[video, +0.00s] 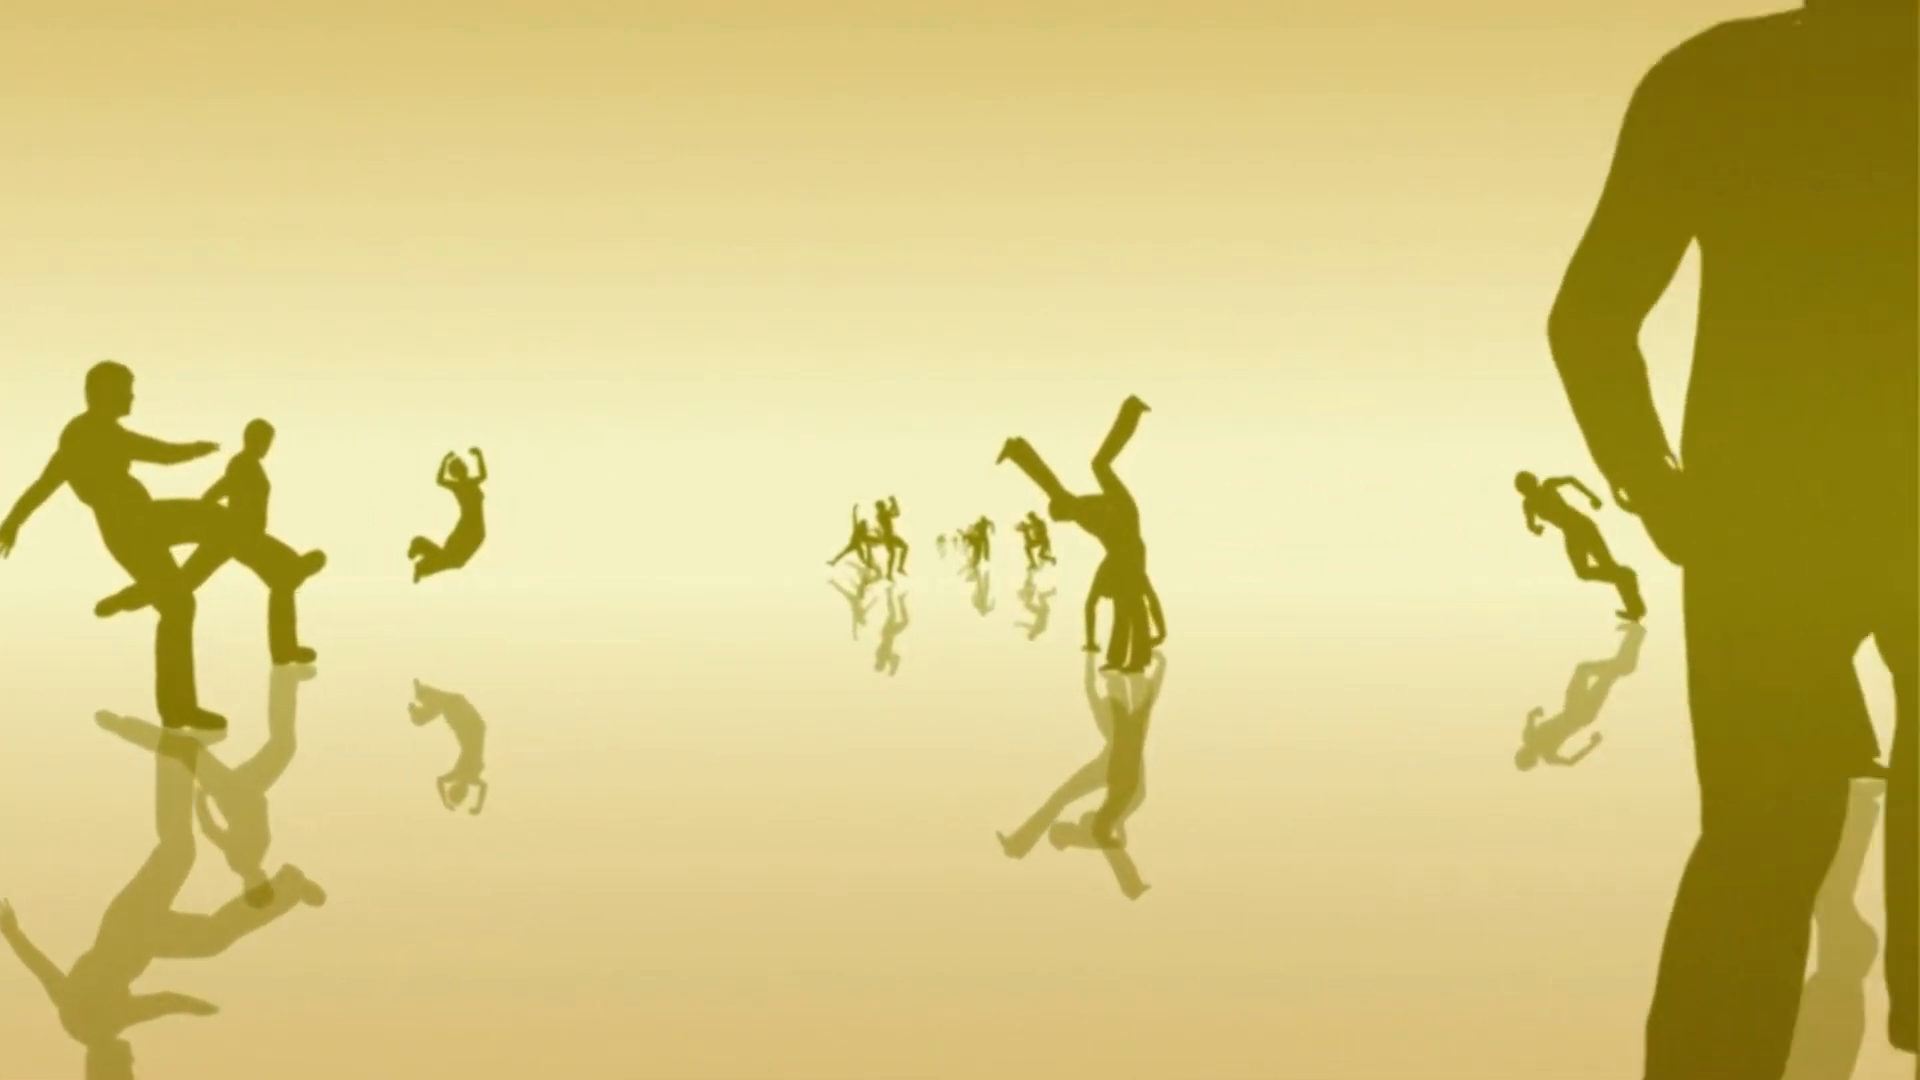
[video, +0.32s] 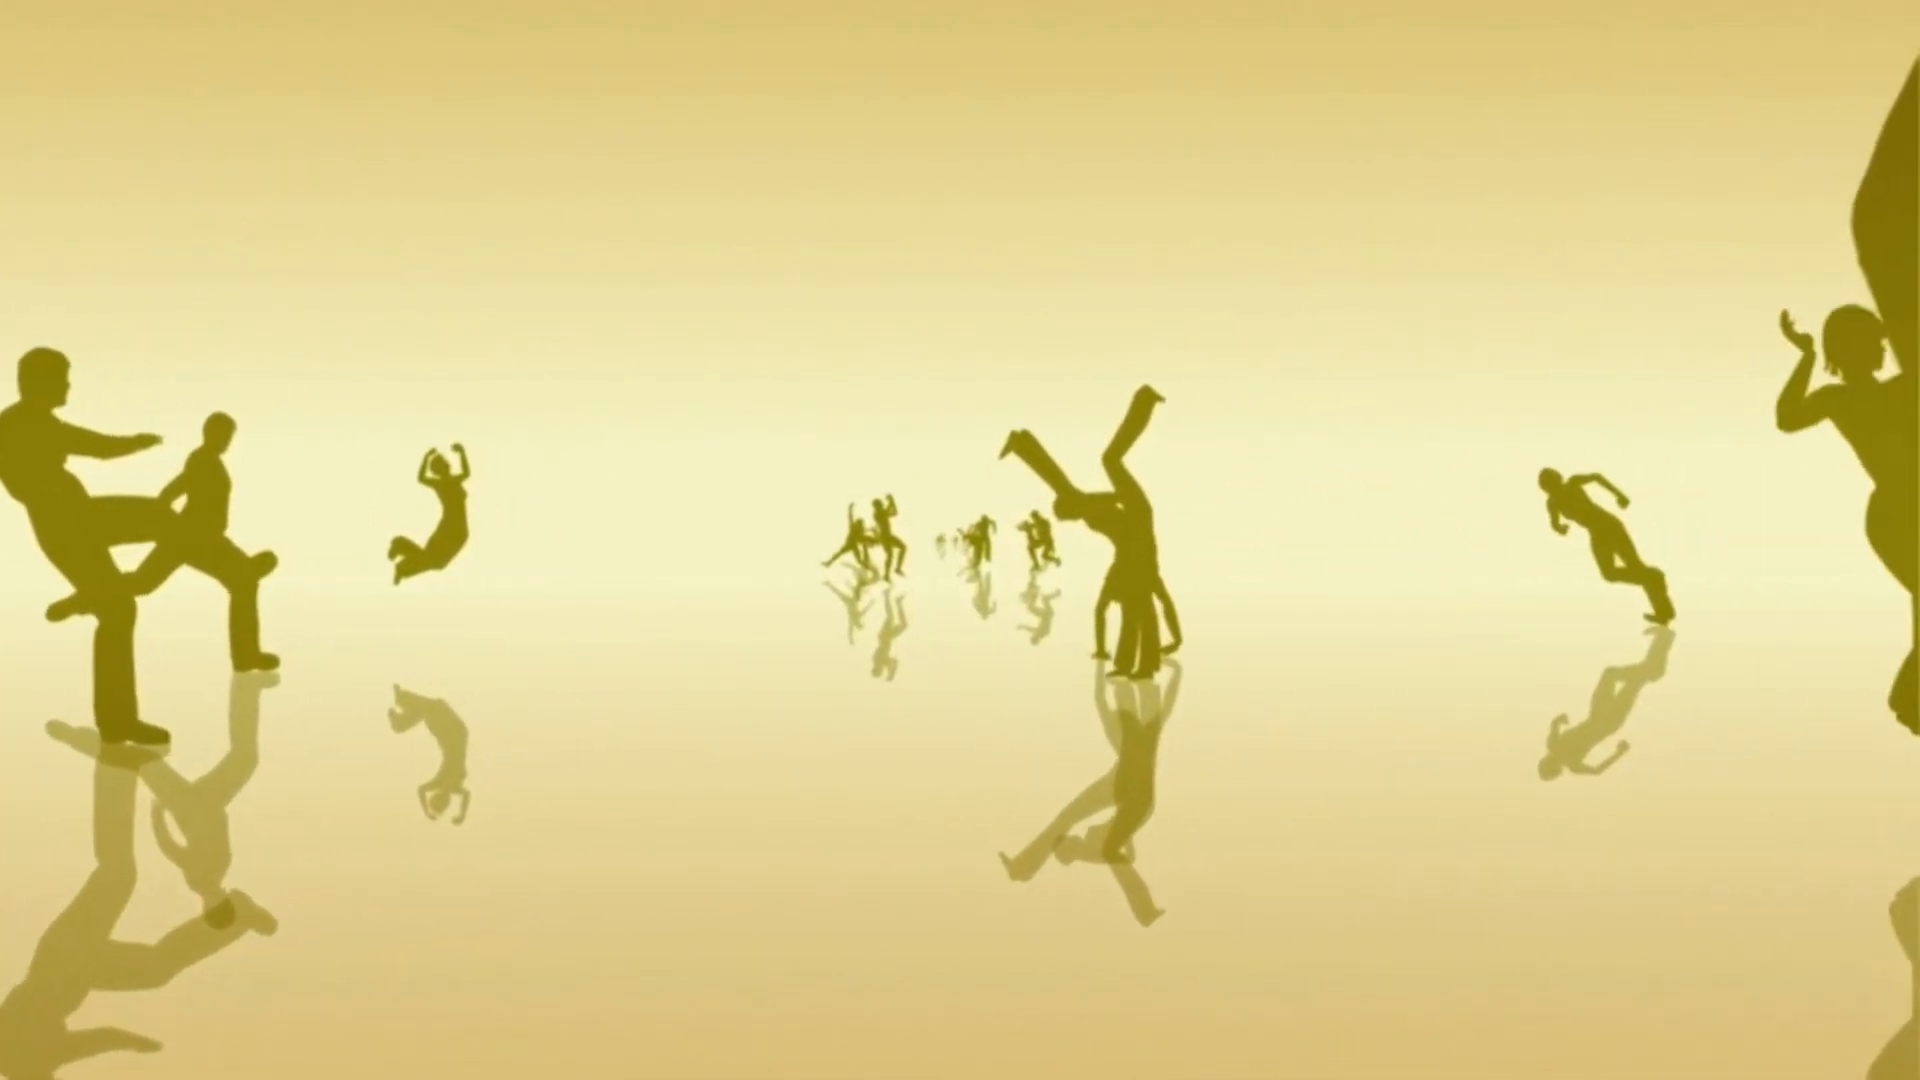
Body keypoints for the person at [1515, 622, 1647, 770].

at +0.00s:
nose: (1528, 761)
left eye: (1525, 761)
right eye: (1527, 763)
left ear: (1522, 752)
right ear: (1530, 762)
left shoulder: (1529, 739)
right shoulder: (1548, 756)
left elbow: (1529, 723)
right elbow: (1570, 762)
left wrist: (1533, 714)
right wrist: (1592, 745)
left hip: (1571, 707)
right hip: (1583, 716)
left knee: (1582, 670)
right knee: (1608, 679)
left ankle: (1617, 664)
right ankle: (1636, 635)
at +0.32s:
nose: (1554, 771)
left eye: (1550, 770)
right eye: (1552, 773)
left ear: (1547, 761)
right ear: (1554, 770)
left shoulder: (1553, 746)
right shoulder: (1573, 765)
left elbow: (1553, 730)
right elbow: (1596, 771)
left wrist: (1558, 721)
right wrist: (1618, 754)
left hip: (1597, 714)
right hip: (1610, 723)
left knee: (1608, 675)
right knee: (1636, 683)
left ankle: (1647, 669)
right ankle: (1663, 639)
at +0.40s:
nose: (1566, 777)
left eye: (1562, 776)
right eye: (1564, 778)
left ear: (1558, 766)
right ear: (1566, 775)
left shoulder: (1565, 750)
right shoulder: (1585, 770)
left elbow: (1564, 732)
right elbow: (1609, 775)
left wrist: (1570, 724)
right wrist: (1630, 758)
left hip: (1609, 717)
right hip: (1622, 726)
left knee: (1620, 678)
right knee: (1648, 686)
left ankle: (1658, 671)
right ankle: (1676, 641)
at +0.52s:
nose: (1573, 779)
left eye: (1569, 778)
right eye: (1571, 781)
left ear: (1565, 768)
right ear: (1573, 778)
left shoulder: (1572, 753)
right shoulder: (1592, 772)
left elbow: (1572, 735)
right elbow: (1616, 778)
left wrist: (1577, 726)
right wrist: (1639, 760)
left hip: (1617, 719)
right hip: (1631, 728)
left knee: (1628, 679)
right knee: (1657, 687)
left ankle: (1667, 674)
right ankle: (1685, 641)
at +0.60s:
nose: (1584, 781)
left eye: (1581, 780)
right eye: (1582, 783)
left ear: (1577, 771)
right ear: (1585, 780)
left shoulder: (1583, 756)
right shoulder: (1604, 776)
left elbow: (1584, 737)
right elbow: (1628, 782)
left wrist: (1589, 729)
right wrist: (1651, 765)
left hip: (1629, 722)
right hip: (1642, 732)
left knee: (1640, 682)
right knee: (1669, 691)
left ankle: (1680, 677)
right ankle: (1698, 643)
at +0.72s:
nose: (1592, 785)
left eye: (1588, 784)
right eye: (1590, 787)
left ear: (1585, 774)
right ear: (1593, 784)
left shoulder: (1591, 760)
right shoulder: (1612, 780)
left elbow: (1591, 742)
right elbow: (1637, 785)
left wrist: (1596, 732)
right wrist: (1660, 768)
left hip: (1638, 725)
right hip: (1651, 735)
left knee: (1649, 684)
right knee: (1679, 691)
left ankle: (1690, 678)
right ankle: (1708, 644)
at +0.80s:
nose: (1605, 791)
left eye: (1601, 790)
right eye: (1603, 792)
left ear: (1597, 779)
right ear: (1606, 789)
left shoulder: (1603, 764)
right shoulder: (1625, 785)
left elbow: (1604, 745)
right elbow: (1650, 790)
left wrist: (1609, 735)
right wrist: (1674, 772)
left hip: (1651, 728)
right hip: (1664, 738)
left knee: (1662, 686)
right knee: (1692, 696)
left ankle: (1703, 681)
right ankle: (1722, 648)